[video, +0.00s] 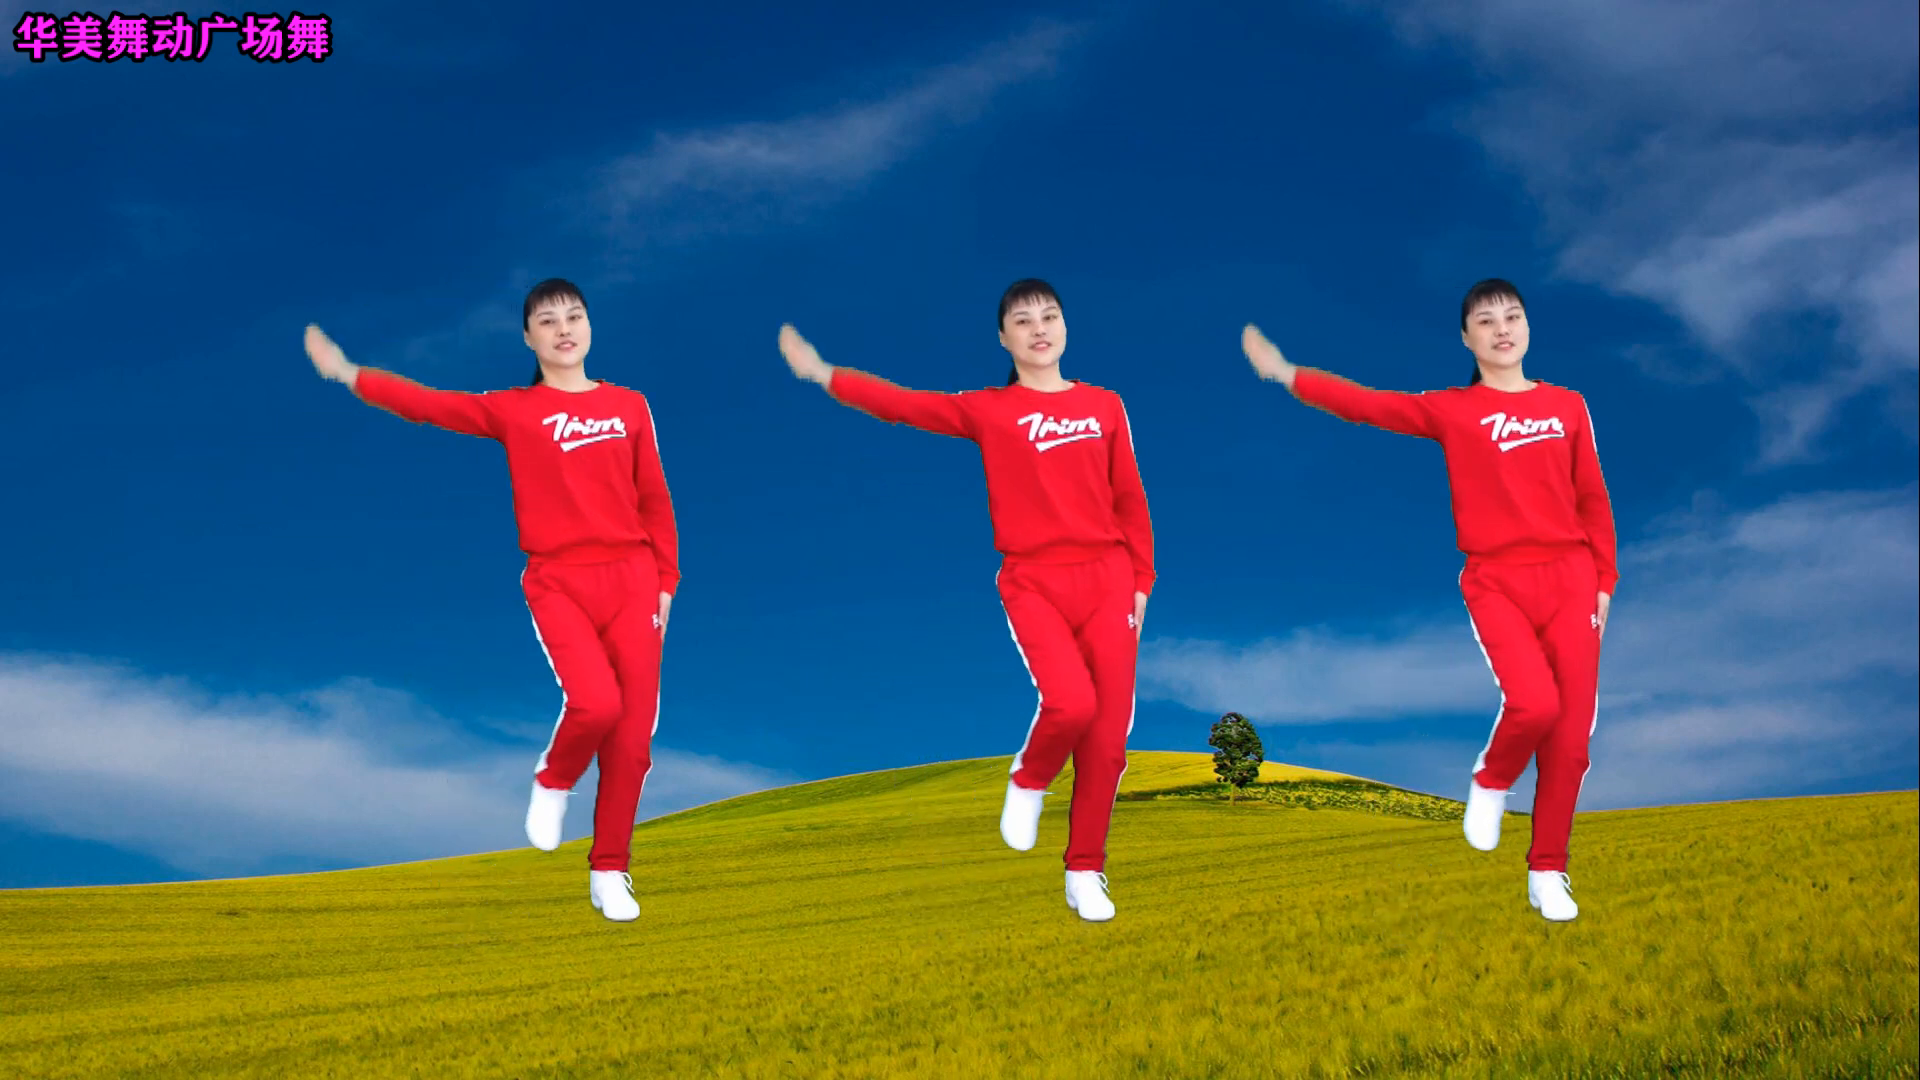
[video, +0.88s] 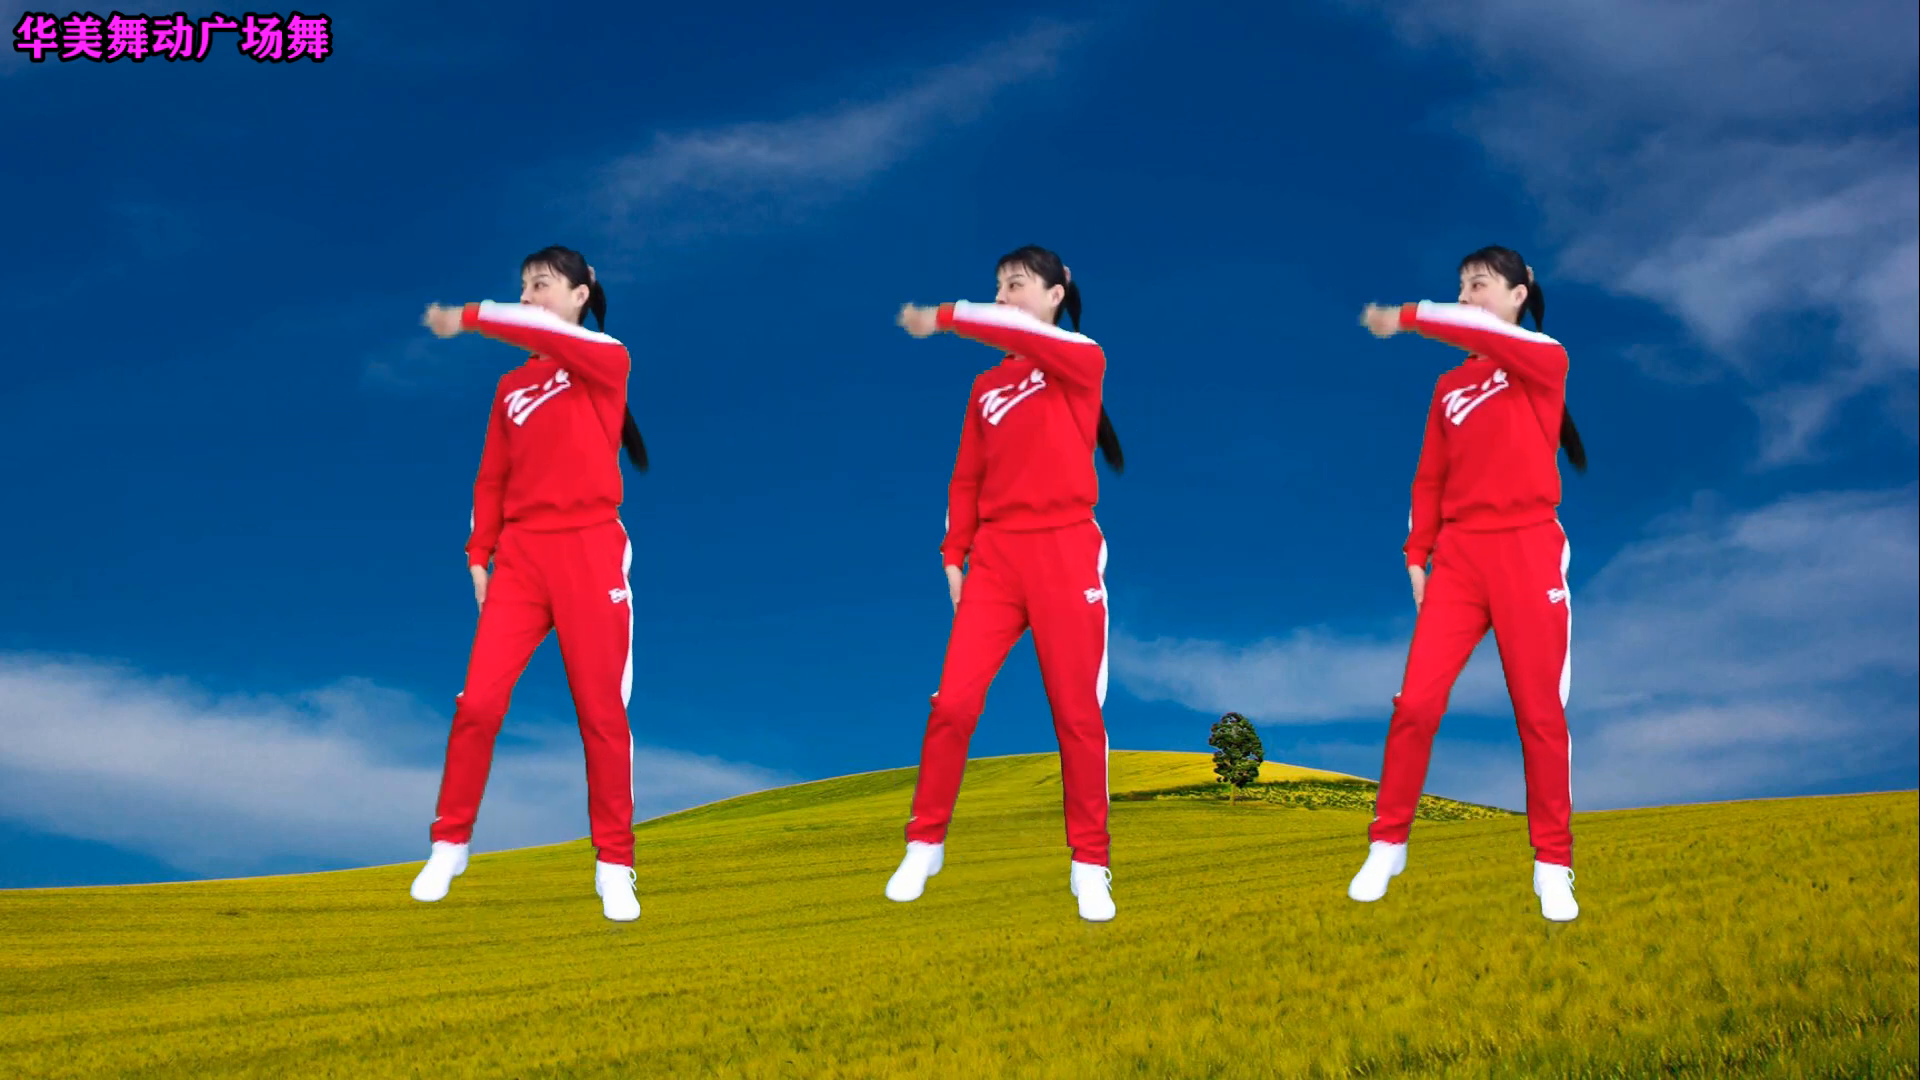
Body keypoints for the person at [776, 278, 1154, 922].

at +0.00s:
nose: (1038, 328)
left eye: (1048, 318)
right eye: (1024, 321)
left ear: (1065, 328)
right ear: (1006, 337)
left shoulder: (1104, 405)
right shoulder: (987, 407)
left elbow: (1133, 501)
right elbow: (900, 403)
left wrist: (1142, 580)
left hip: (1107, 575)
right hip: (1032, 579)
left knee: (1111, 731)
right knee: (1073, 706)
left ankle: (1085, 868)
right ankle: (1028, 784)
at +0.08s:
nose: (1044, 324)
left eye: (1054, 313)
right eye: (1029, 316)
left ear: (1071, 323)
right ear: (1012, 332)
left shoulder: (1112, 398)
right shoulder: (992, 407)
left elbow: (1141, 488)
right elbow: (910, 437)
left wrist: (1159, 568)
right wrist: (825, 458)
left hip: (1113, 570)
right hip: (1037, 575)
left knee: (1115, 726)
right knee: (1074, 706)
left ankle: (1086, 867)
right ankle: (1049, 791)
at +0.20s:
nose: (1048, 305)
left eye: (1060, 294)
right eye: (1035, 297)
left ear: (1079, 305)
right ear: (1019, 313)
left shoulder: (1116, 374)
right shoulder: (1002, 390)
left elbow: (1166, 451)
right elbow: (954, 467)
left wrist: (1205, 524)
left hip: (1112, 559)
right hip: (1036, 563)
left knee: (1107, 719)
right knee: (1059, 716)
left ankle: (1094, 863)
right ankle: (1054, 826)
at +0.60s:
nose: (1029, 322)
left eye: (1044, 311)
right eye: (1025, 313)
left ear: (1080, 324)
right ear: (1022, 330)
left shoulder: (1109, 402)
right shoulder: (1007, 412)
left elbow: (1150, 486)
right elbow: (985, 502)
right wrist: (968, 575)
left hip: (1097, 579)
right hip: (1023, 582)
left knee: (1096, 729)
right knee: (1016, 721)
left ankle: (1087, 867)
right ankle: (1031, 835)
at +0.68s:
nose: (1023, 323)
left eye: (1038, 312)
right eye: (1020, 315)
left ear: (1075, 324)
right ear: (1019, 331)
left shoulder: (1103, 398)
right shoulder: (1007, 413)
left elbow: (1097, 488)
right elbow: (986, 503)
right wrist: (971, 578)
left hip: (1095, 576)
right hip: (1024, 578)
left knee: (1095, 728)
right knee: (997, 709)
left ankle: (1087, 866)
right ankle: (1007, 820)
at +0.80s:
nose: (1011, 306)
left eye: (1026, 294)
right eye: (1008, 297)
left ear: (1066, 304)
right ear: (1009, 313)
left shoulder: (1095, 369)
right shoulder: (993, 393)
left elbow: (1031, 386)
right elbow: (979, 484)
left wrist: (943, 406)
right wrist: (967, 561)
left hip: (1080, 558)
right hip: (1006, 561)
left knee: (1085, 719)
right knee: (967, 699)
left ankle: (1089, 862)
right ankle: (959, 828)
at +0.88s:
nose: (1004, 293)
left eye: (1019, 282)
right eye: (1000, 286)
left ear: (1057, 294)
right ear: (999, 299)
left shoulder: (1084, 358)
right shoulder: (986, 386)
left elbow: (1025, 331)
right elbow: (967, 476)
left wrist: (943, 316)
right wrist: (956, 554)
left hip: (1066, 552)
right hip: (994, 555)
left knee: (1078, 713)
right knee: (952, 704)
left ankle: (1091, 860)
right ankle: (924, 844)